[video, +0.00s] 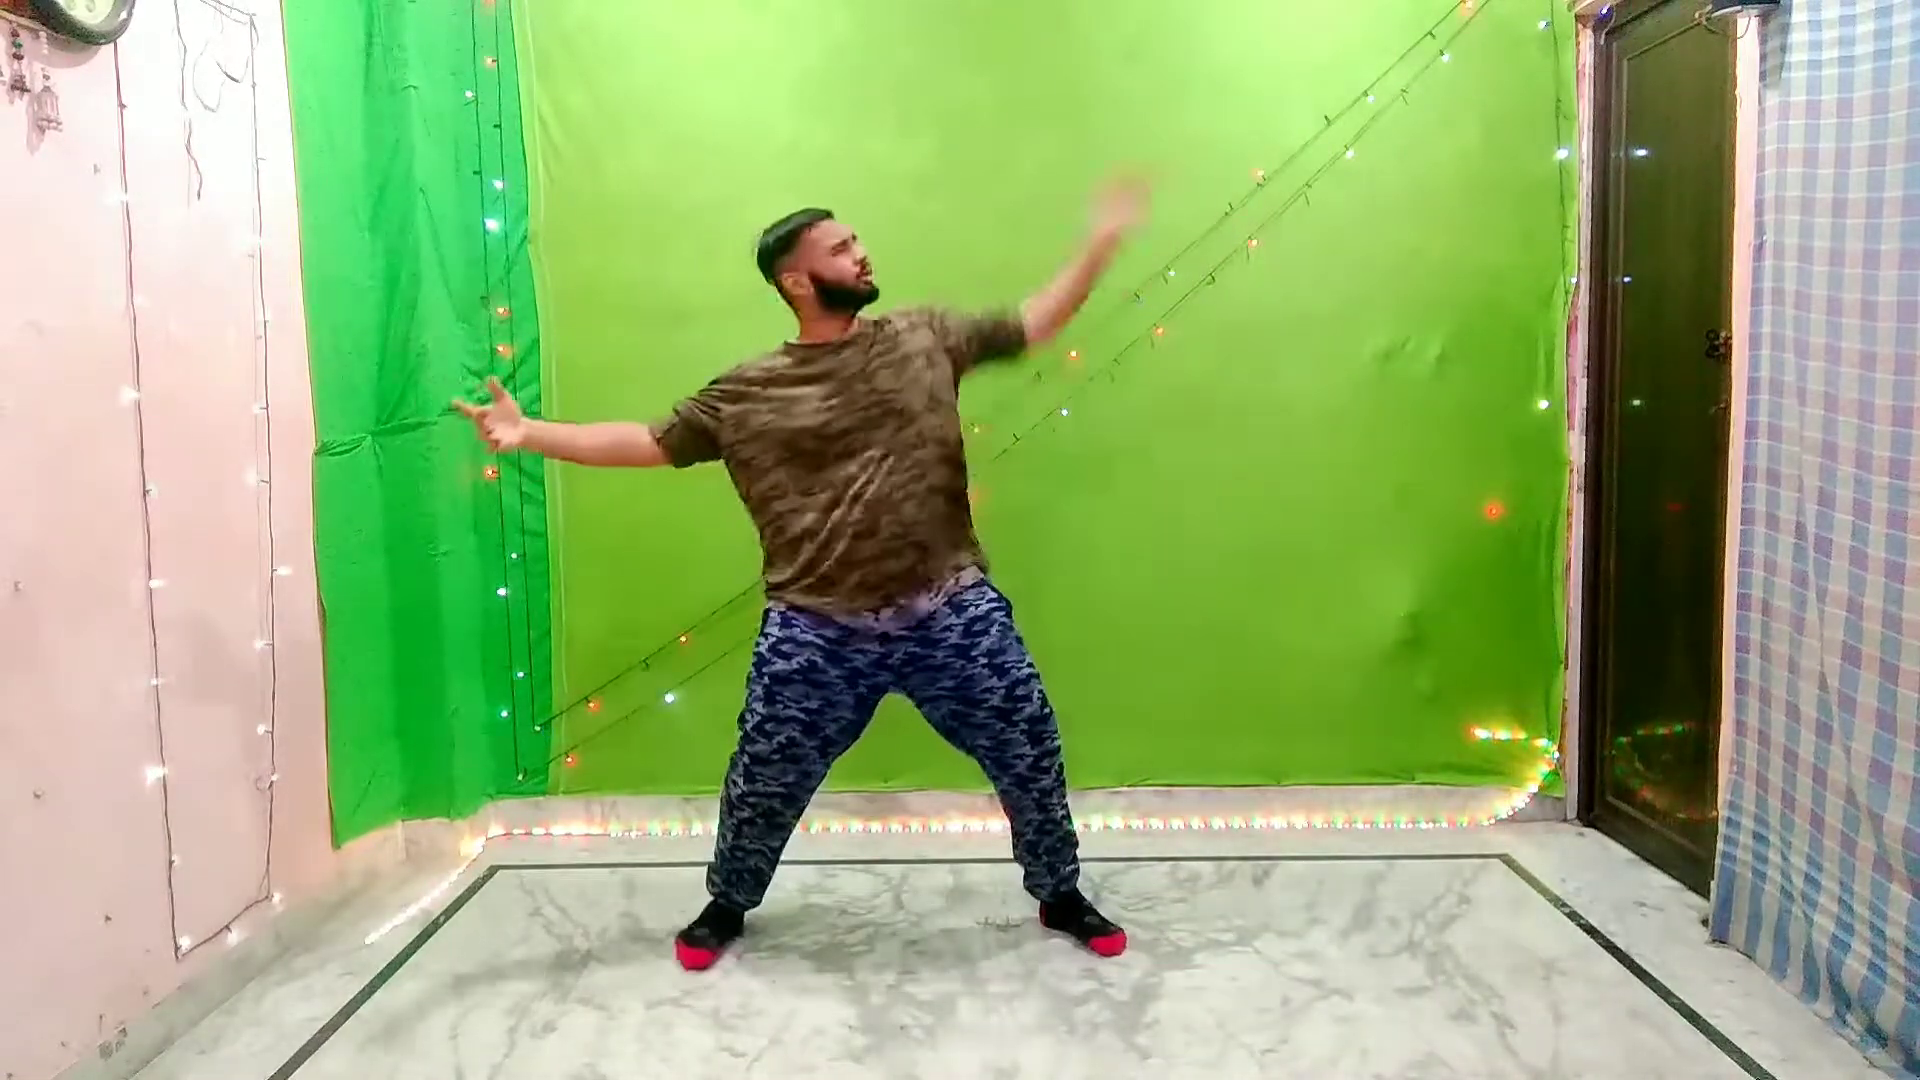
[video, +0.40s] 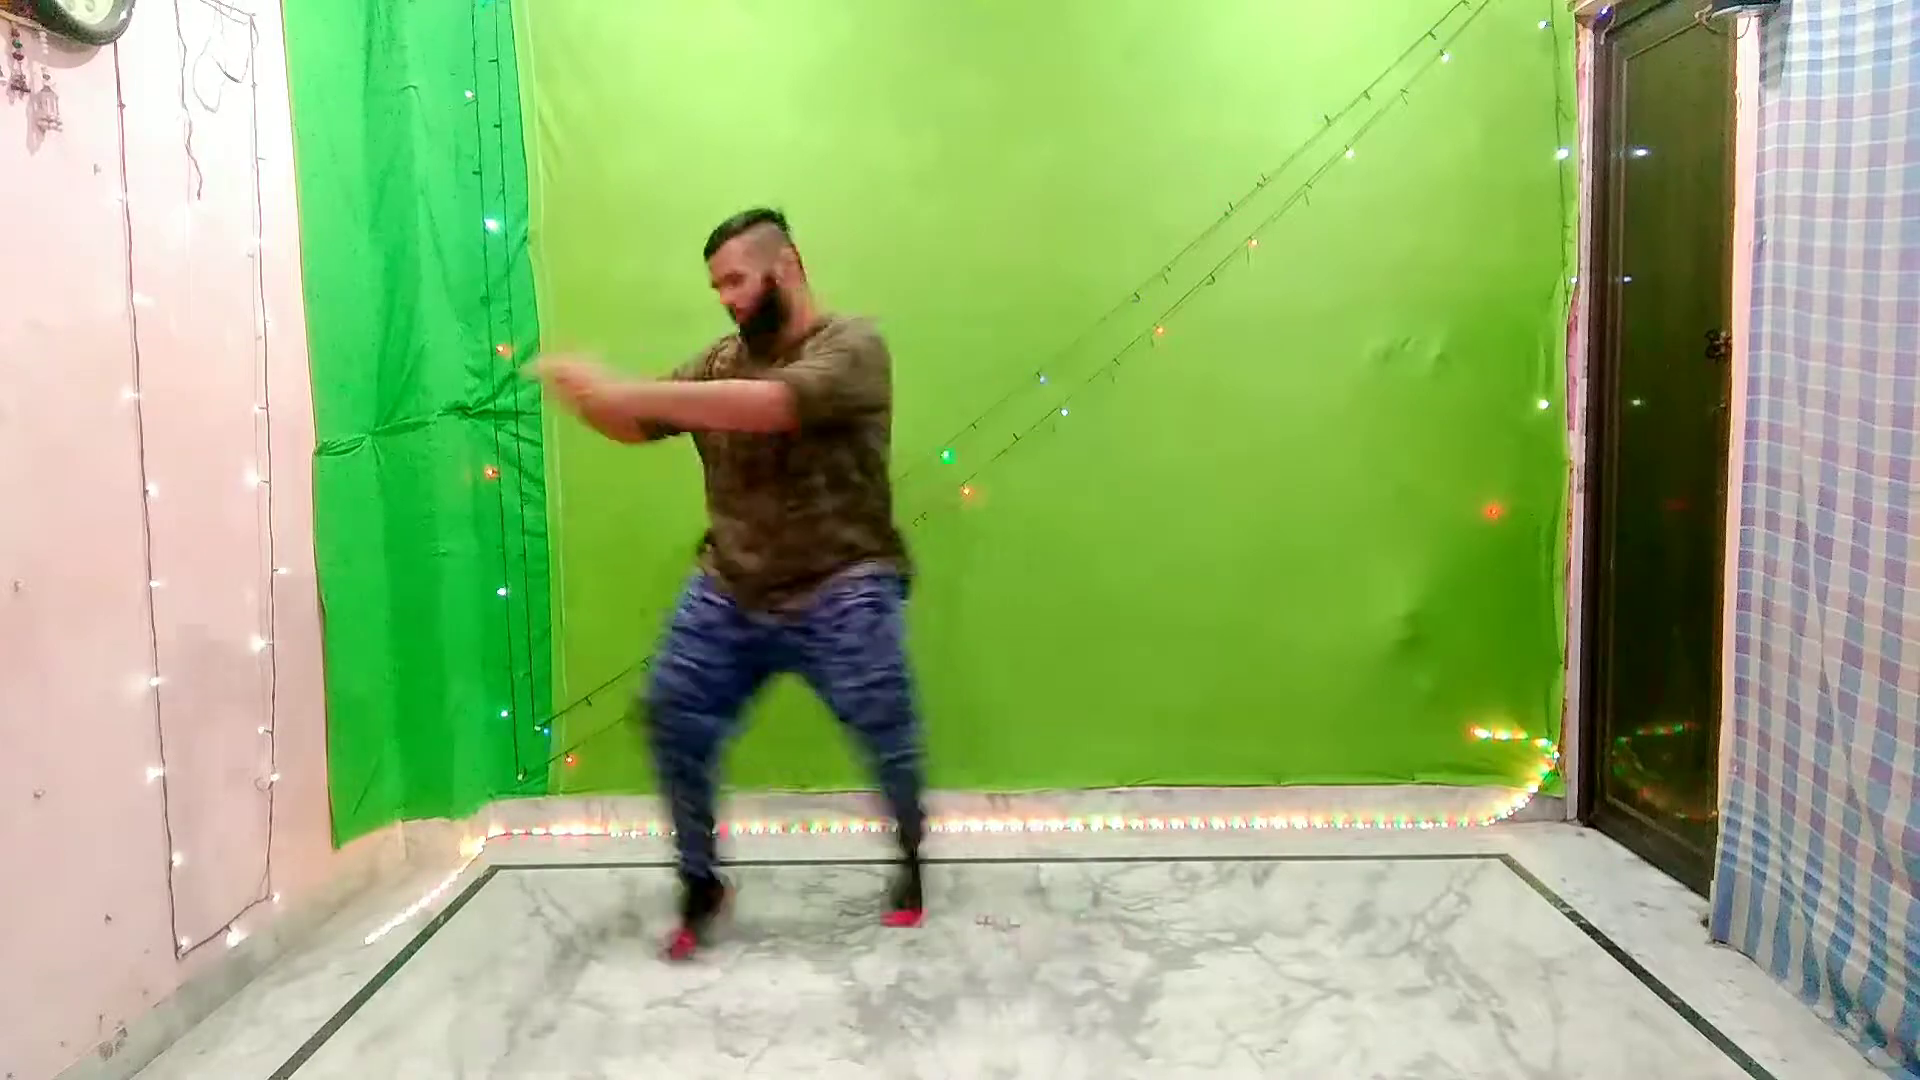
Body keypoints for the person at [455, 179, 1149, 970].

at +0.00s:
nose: (859, 255)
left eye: (855, 244)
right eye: (838, 249)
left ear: (852, 266)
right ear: (792, 280)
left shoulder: (925, 335)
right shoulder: (744, 395)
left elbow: (1032, 322)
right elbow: (646, 442)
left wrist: (1098, 247)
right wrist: (529, 432)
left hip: (948, 599)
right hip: (818, 618)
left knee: (1025, 734)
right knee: (769, 764)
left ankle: (1061, 894)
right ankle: (728, 904)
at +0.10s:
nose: (846, 260)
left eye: (843, 249)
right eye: (825, 256)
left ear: (848, 264)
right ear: (782, 288)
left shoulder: (911, 353)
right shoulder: (744, 399)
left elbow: (995, 416)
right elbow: (660, 459)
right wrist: (546, 427)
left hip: (944, 599)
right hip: (814, 619)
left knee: (1024, 742)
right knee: (765, 768)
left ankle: (1060, 894)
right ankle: (728, 909)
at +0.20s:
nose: (812, 278)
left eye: (816, 261)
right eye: (792, 274)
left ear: (837, 264)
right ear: (767, 299)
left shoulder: (896, 351)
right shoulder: (741, 398)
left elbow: (931, 443)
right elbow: (679, 471)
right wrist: (602, 434)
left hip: (928, 591)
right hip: (800, 608)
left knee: (1008, 739)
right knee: (753, 762)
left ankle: (1060, 892)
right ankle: (737, 904)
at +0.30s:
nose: (749, 288)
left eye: (759, 269)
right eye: (735, 278)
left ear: (799, 260)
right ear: (727, 287)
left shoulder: (861, 340)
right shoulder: (726, 370)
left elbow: (844, 421)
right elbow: (650, 444)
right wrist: (621, 398)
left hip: (871, 581)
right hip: (759, 592)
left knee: (940, 737)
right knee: (724, 743)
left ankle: (1013, 877)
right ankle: (726, 901)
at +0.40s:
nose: (731, 301)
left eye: (741, 282)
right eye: (722, 289)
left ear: (791, 266)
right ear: (719, 290)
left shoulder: (852, 348)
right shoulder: (721, 365)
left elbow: (771, 404)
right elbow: (644, 424)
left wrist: (622, 393)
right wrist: (581, 393)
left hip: (841, 578)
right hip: (733, 583)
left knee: (884, 719)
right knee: (674, 712)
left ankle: (909, 860)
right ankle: (701, 885)